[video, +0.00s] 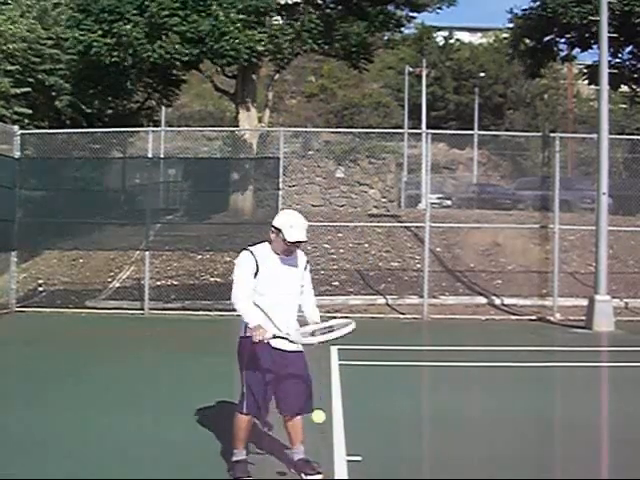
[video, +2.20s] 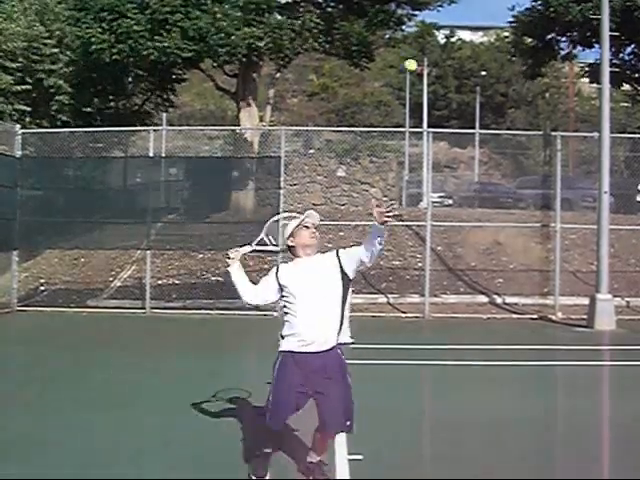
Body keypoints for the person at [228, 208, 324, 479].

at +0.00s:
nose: (293, 247)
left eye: (297, 243)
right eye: (288, 242)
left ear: (300, 240)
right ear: (273, 233)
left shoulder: (300, 260)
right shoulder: (250, 258)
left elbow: (307, 298)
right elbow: (240, 298)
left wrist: (317, 324)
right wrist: (255, 323)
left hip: (290, 342)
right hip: (258, 340)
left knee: (294, 401)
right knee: (250, 402)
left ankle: (299, 458)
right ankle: (239, 458)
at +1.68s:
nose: (286, 236)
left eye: (289, 231)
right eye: (280, 229)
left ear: (292, 236)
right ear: (262, 231)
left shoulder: (291, 274)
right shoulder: (238, 257)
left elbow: (299, 316)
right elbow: (223, 296)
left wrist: (309, 354)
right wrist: (225, 334)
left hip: (272, 349)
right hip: (236, 345)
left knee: (290, 403)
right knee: (229, 404)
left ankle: (299, 463)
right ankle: (224, 459)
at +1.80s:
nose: (286, 233)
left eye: (289, 230)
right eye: (280, 227)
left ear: (291, 236)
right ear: (263, 229)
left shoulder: (293, 271)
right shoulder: (238, 255)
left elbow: (306, 309)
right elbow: (211, 286)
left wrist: (322, 340)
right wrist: (190, 316)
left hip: (276, 351)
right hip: (238, 347)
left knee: (294, 407)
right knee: (230, 406)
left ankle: (303, 463)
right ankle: (225, 458)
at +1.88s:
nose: (288, 232)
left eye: (292, 228)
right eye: (282, 226)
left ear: (294, 235)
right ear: (265, 229)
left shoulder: (299, 269)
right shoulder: (242, 256)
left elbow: (321, 294)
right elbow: (208, 280)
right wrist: (175, 300)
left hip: (281, 352)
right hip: (242, 347)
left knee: (299, 411)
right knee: (232, 408)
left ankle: (307, 462)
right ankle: (225, 459)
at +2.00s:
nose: (296, 229)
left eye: (298, 226)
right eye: (289, 225)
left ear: (300, 235)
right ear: (272, 233)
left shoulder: (313, 261)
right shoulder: (254, 261)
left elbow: (344, 254)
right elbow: (216, 277)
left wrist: (366, 232)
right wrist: (177, 268)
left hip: (292, 353)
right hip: (252, 351)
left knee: (306, 413)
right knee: (237, 407)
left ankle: (311, 463)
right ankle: (226, 460)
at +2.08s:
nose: (302, 229)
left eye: (303, 226)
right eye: (295, 224)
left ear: (304, 235)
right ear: (278, 234)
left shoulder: (322, 258)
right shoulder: (264, 264)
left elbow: (352, 246)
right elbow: (233, 282)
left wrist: (369, 220)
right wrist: (199, 262)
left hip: (306, 351)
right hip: (267, 351)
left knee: (316, 419)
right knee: (245, 410)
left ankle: (310, 462)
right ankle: (228, 463)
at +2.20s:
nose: (313, 231)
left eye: (314, 228)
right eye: (305, 229)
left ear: (318, 237)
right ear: (291, 240)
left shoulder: (338, 260)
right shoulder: (282, 273)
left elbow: (368, 253)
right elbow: (254, 297)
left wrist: (379, 226)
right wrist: (235, 266)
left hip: (330, 355)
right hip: (293, 357)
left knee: (335, 421)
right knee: (276, 418)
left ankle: (313, 460)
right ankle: (262, 463)